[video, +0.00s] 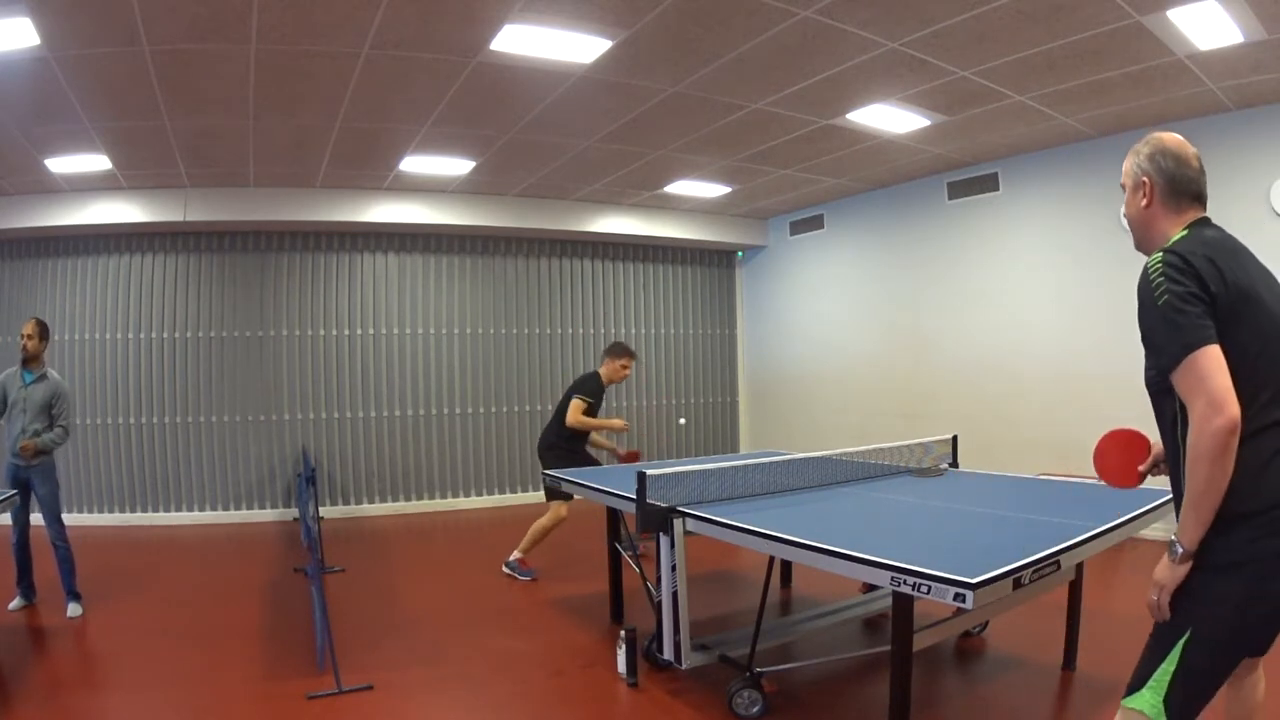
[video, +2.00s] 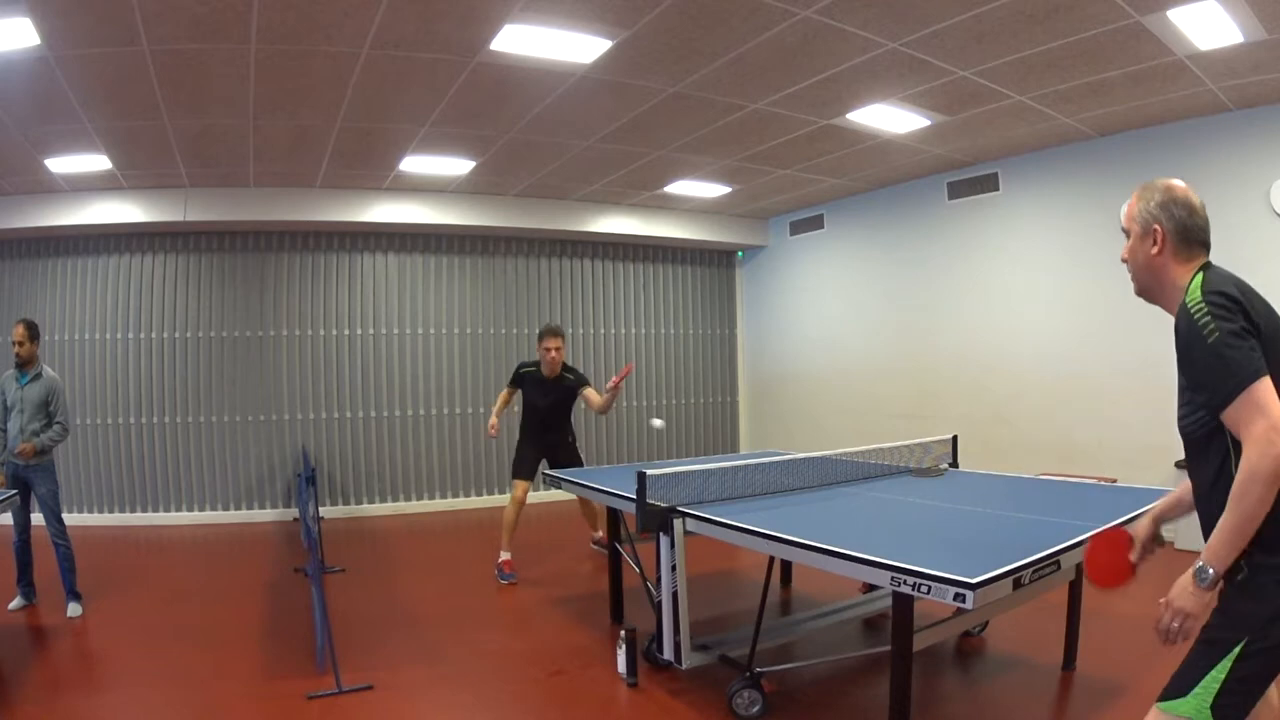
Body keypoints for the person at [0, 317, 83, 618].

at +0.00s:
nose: (23, 342)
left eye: (30, 338)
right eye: (22, 337)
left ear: (44, 344)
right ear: (20, 341)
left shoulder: (56, 386)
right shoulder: (7, 379)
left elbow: (63, 430)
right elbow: (2, 415)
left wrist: (39, 444)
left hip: (42, 466)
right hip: (12, 465)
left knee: (56, 532)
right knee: (19, 533)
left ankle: (72, 596)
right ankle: (25, 593)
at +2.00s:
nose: (15, 348)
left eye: (21, 343)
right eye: (13, 343)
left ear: (36, 344)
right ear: (12, 345)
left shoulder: (51, 382)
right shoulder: (6, 381)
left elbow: (62, 427)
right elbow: (3, 426)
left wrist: (37, 444)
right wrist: (2, 466)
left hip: (41, 466)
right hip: (11, 466)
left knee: (56, 532)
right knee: (20, 533)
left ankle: (72, 596)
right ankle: (26, 593)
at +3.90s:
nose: (18, 343)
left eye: (24, 338)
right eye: (16, 338)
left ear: (38, 343)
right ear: (14, 343)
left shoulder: (53, 384)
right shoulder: (6, 380)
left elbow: (61, 428)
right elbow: (4, 416)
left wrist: (42, 449)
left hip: (40, 464)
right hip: (11, 464)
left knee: (57, 533)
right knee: (19, 533)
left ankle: (72, 596)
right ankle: (26, 593)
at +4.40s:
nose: (17, 345)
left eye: (23, 340)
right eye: (15, 340)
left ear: (38, 344)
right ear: (13, 344)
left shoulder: (52, 383)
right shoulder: (6, 380)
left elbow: (61, 428)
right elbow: (2, 415)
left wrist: (41, 450)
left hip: (41, 464)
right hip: (11, 464)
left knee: (57, 532)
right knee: (20, 533)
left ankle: (72, 596)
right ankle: (26, 593)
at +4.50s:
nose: (17, 345)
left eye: (23, 340)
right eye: (15, 340)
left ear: (38, 344)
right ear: (13, 344)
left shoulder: (52, 383)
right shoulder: (7, 379)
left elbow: (62, 428)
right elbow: (3, 420)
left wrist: (41, 450)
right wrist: (1, 403)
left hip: (41, 463)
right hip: (11, 464)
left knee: (57, 531)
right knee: (20, 533)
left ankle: (72, 596)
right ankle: (26, 593)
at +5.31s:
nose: (18, 345)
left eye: (24, 340)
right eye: (15, 340)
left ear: (38, 344)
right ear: (13, 343)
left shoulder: (52, 382)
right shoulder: (6, 381)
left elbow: (62, 428)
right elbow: (3, 419)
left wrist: (42, 451)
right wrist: (8, 448)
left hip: (41, 463)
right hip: (11, 463)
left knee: (57, 531)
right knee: (20, 532)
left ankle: (73, 596)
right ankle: (26, 593)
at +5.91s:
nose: (13, 346)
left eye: (19, 341)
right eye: (11, 341)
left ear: (34, 344)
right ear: (10, 345)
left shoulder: (49, 381)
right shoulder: (5, 381)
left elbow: (59, 426)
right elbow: (4, 422)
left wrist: (35, 450)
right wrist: (6, 454)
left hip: (41, 464)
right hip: (11, 463)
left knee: (56, 531)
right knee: (20, 532)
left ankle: (72, 596)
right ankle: (26, 593)